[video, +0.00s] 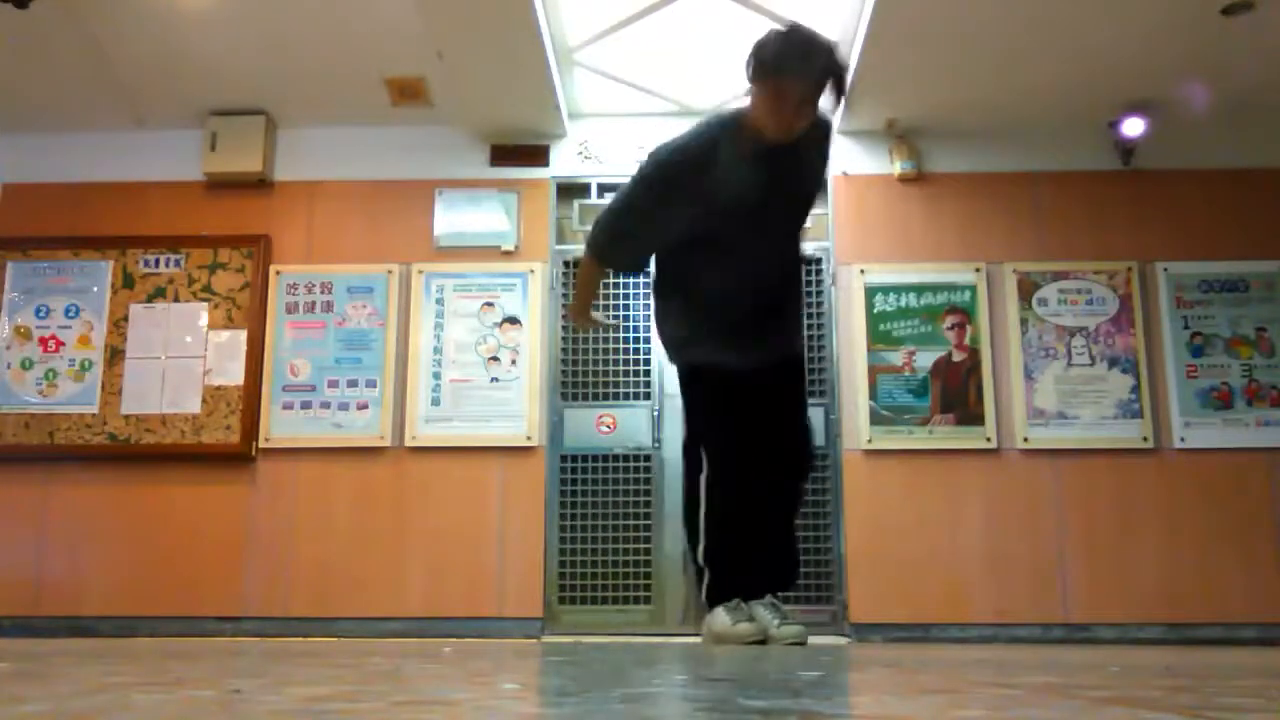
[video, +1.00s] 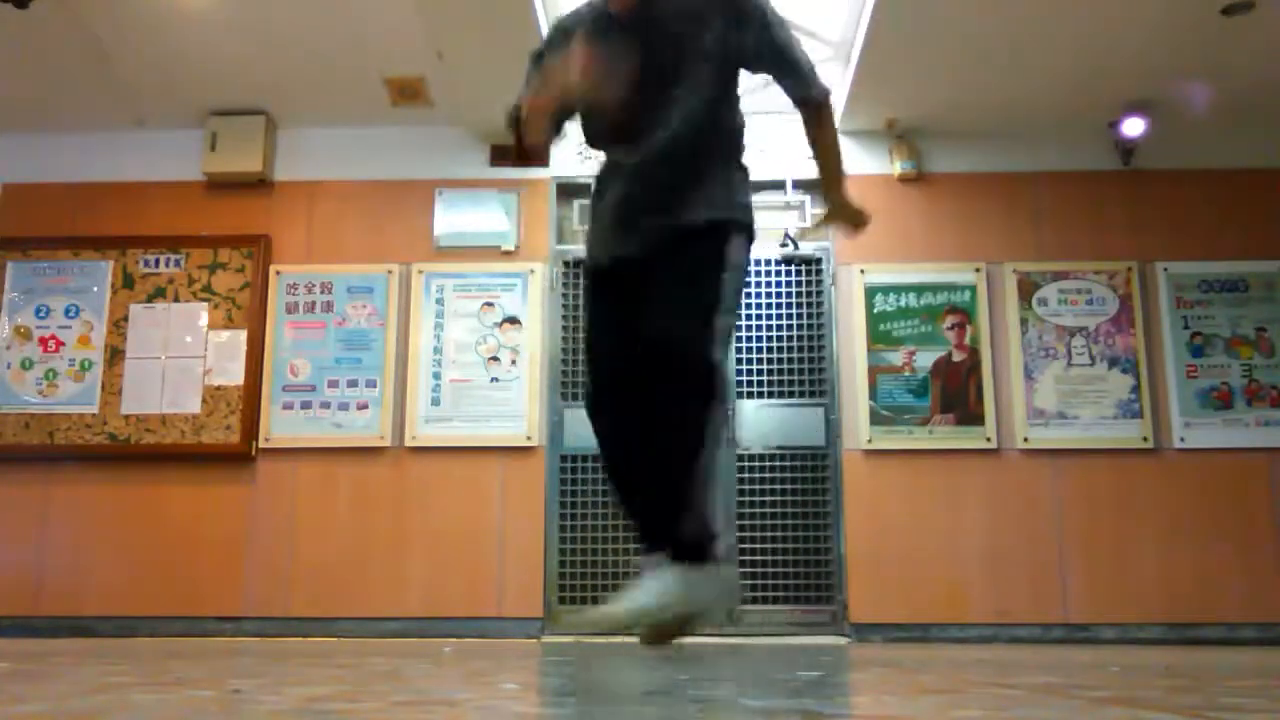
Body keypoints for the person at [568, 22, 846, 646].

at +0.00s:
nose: (793, 114)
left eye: (804, 102)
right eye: (783, 100)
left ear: (819, 95)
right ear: (756, 86)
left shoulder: (813, 139)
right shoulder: (695, 156)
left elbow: (789, 215)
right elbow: (616, 228)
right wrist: (582, 301)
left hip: (775, 322)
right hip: (705, 329)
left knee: (784, 456)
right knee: (729, 458)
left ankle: (764, 596)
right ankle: (725, 602)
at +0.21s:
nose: (808, 64)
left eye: (814, 51)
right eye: (802, 47)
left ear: (810, 51)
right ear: (768, 36)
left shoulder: (773, 114)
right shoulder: (714, 105)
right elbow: (649, 181)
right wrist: (605, 250)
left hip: (773, 311)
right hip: (711, 315)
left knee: (805, 456)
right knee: (728, 455)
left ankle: (764, 596)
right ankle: (719, 603)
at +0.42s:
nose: (811, 77)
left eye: (819, 66)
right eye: (811, 60)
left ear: (785, 49)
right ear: (778, 42)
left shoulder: (758, 106)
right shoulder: (738, 83)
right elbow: (662, 122)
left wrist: (627, 213)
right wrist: (646, 193)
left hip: (738, 313)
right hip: (689, 307)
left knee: (775, 457)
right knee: (714, 452)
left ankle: (747, 603)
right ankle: (685, 580)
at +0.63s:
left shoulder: (760, 58)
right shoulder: (651, 41)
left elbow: (787, 164)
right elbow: (578, 146)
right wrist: (561, 244)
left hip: (726, 273)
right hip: (647, 266)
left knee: (748, 427)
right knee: (656, 422)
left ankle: (701, 580)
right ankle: (615, 585)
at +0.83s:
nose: (665, 6)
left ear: (690, 3)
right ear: (637, 5)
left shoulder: (732, 50)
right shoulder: (592, 83)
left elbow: (771, 80)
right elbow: (549, 187)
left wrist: (790, 120)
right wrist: (528, 277)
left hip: (708, 279)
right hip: (622, 282)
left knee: (760, 414)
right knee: (619, 427)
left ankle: (719, 555)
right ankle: (615, 592)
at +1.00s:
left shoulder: (725, 10)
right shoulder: (580, 30)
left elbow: (811, 93)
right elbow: (531, 139)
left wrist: (835, 193)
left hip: (704, 214)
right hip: (620, 225)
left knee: (684, 375)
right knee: (614, 396)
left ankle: (690, 563)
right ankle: (677, 565)